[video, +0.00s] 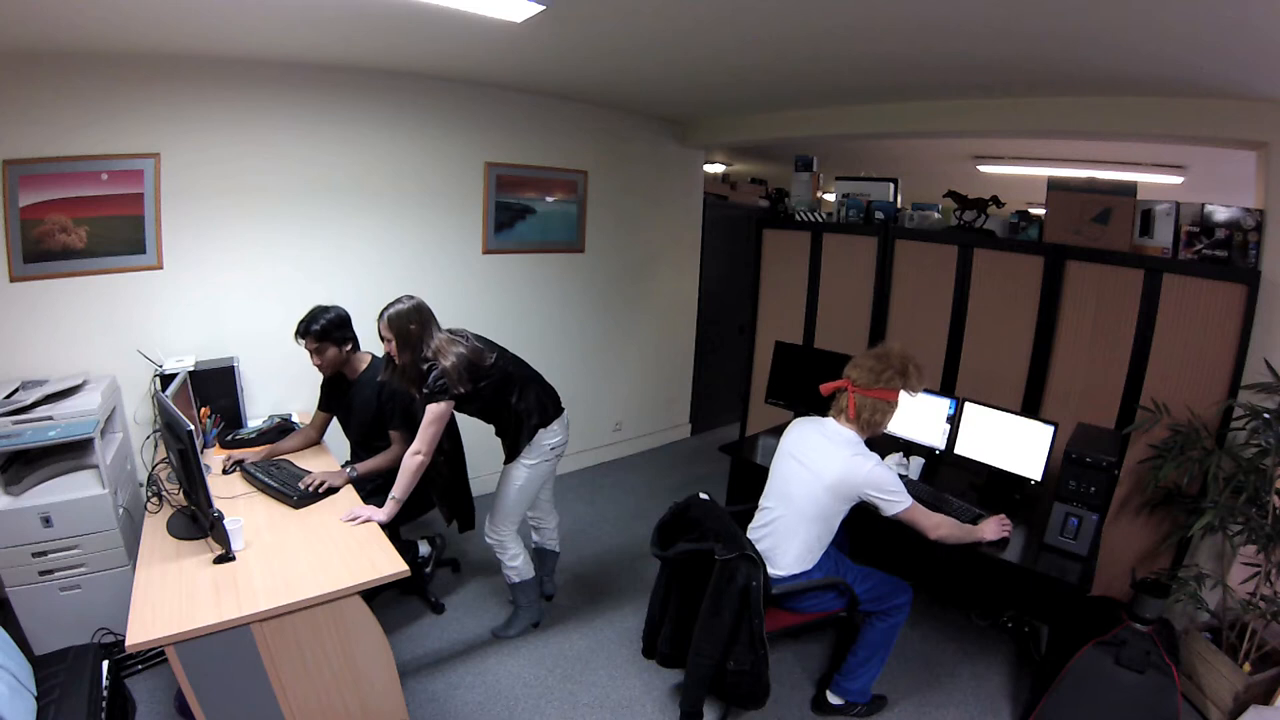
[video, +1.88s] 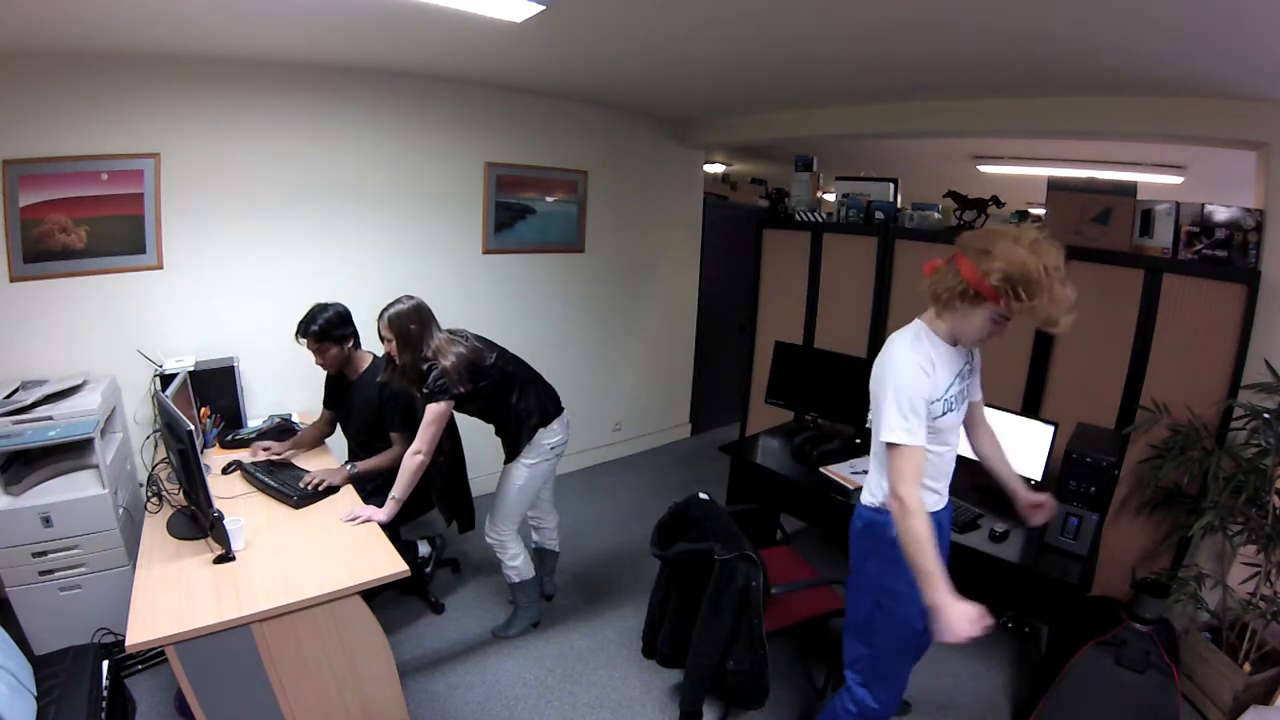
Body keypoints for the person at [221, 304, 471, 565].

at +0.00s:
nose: (314, 362)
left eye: (318, 353)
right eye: (309, 354)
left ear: (346, 345)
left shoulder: (389, 381)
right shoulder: (335, 377)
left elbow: (401, 449)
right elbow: (313, 432)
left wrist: (347, 473)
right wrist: (262, 453)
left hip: (405, 477)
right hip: (365, 473)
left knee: (341, 529)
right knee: (315, 512)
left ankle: (418, 552)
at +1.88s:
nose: (317, 361)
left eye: (322, 352)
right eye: (313, 353)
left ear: (348, 343)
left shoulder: (389, 381)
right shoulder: (337, 375)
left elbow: (404, 450)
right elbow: (325, 424)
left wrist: (347, 471)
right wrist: (287, 446)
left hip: (404, 477)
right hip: (364, 474)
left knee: (344, 529)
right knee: (317, 514)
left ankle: (419, 553)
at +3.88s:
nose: (318, 357)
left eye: (323, 348)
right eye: (314, 349)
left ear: (350, 340)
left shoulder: (388, 382)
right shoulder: (338, 375)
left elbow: (402, 451)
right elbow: (332, 428)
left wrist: (346, 474)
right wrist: (312, 458)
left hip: (407, 477)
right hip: (365, 473)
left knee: (343, 532)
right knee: (320, 514)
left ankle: (420, 552)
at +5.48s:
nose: (319, 357)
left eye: (325, 348)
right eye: (315, 349)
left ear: (351, 342)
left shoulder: (388, 379)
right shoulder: (339, 375)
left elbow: (403, 451)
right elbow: (325, 424)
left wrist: (346, 473)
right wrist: (288, 447)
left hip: (403, 479)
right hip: (363, 474)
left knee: (343, 531)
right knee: (318, 514)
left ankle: (418, 553)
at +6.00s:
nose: (318, 358)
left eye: (324, 349)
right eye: (314, 350)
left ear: (352, 342)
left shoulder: (390, 381)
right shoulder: (336, 375)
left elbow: (402, 451)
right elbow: (310, 423)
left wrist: (346, 474)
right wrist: (261, 452)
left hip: (400, 479)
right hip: (362, 474)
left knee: (338, 530)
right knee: (312, 512)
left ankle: (418, 553)